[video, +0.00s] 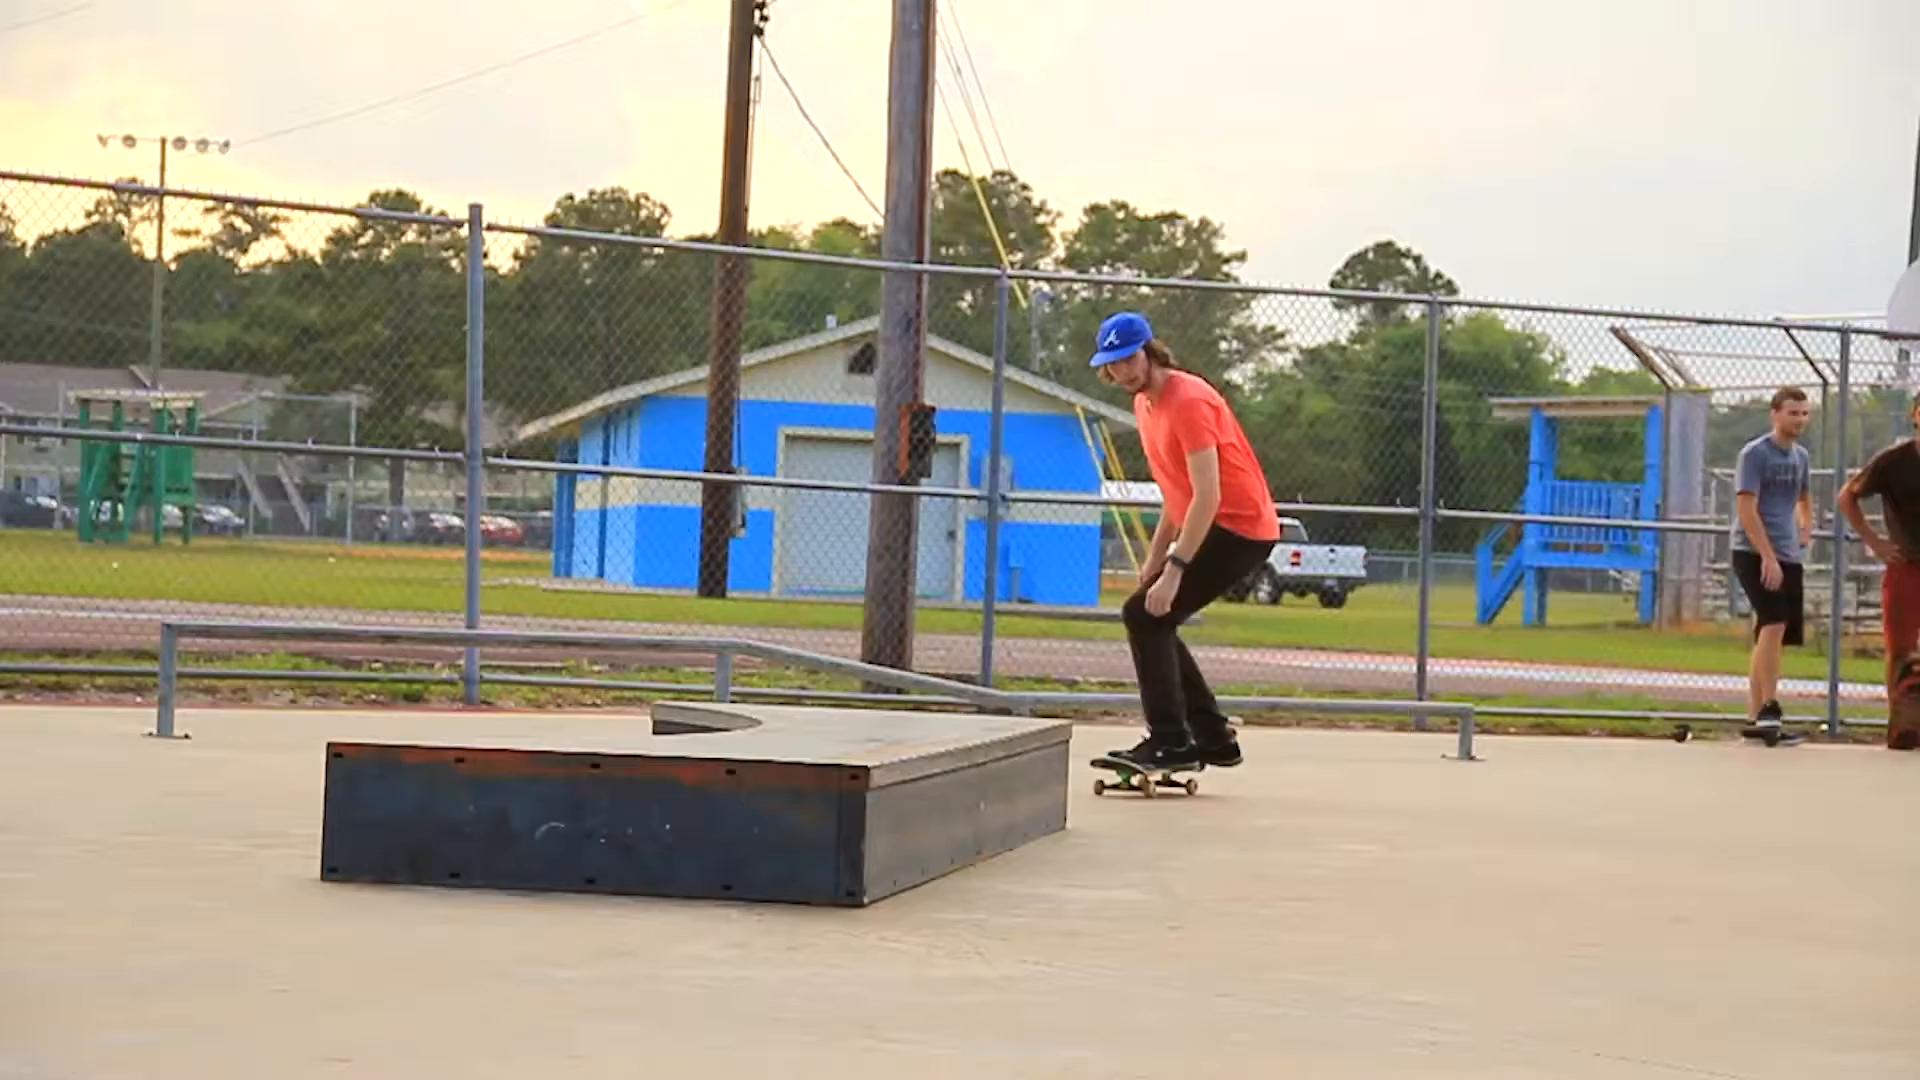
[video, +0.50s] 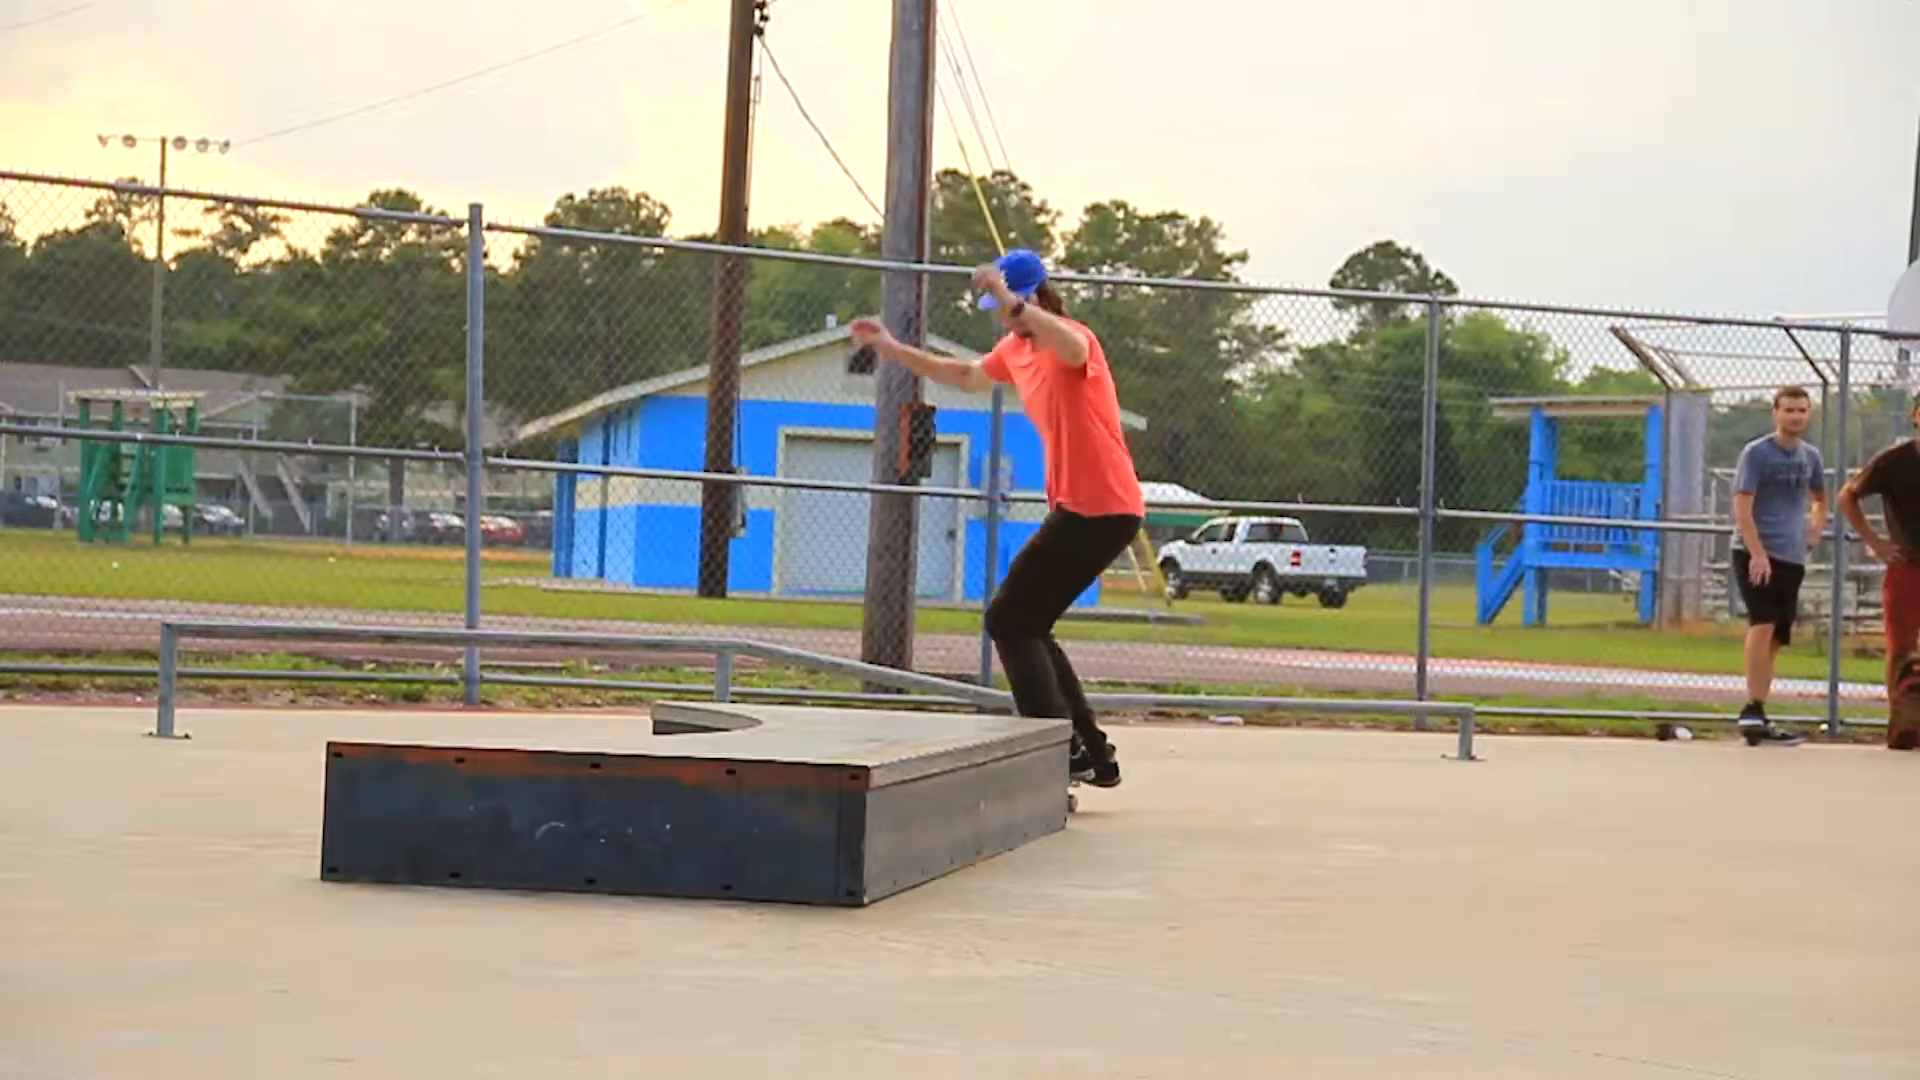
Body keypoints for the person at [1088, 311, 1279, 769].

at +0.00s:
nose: (1121, 373)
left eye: (1127, 360)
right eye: (1111, 365)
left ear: (1149, 352)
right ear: (1106, 368)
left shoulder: (1187, 400)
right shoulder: (1145, 405)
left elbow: (1207, 495)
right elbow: (1176, 491)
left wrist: (1174, 571)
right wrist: (1156, 559)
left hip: (1240, 528)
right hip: (1213, 526)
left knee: (1143, 614)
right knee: (1150, 618)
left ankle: (1169, 742)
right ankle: (1211, 737)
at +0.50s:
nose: (1001, 313)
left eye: (1005, 304)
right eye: (997, 306)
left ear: (1028, 296)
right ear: (1003, 304)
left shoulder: (1071, 337)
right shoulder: (1014, 349)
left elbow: (1074, 351)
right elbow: (967, 375)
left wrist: (1014, 299)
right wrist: (890, 347)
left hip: (1102, 507)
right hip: (1076, 507)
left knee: (1009, 619)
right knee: (1025, 627)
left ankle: (1059, 752)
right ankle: (1092, 752)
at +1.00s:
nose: (879, 196)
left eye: (878, 186)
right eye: (871, 190)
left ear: (904, 167)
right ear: (915, 160)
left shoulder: (939, 192)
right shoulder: (951, 169)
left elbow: (911, 213)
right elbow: (979, 145)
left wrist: (826, 211)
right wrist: (989, 103)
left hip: (985, 382)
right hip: (944, 376)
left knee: (891, 508)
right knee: (860, 473)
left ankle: (934, 668)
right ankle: (931, 593)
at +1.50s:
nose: (762, 197)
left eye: (765, 183)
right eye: (753, 187)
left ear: (792, 161)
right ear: (774, 154)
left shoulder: (838, 194)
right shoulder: (826, 123)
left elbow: (831, 266)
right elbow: (849, 53)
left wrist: (786, 331)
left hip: (929, 346)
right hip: (882, 342)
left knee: (834, 488)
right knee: (793, 452)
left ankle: (850, 678)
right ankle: (857, 617)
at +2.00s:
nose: (679, 251)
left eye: (676, 237)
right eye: (668, 242)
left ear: (702, 205)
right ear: (687, 201)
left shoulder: (769, 225)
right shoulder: (749, 128)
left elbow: (774, 350)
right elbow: (829, 35)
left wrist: (680, 425)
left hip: (911, 358)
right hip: (855, 360)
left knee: (816, 530)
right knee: (755, 511)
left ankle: (837, 758)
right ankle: (809, 707)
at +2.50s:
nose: (492, 260)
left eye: (491, 242)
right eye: (478, 250)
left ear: (521, 202)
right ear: (508, 208)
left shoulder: (633, 237)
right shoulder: (568, 232)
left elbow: (777, 335)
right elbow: (578, 307)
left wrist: (887, 456)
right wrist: (532, 400)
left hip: (782, 406)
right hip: (742, 413)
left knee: (707, 633)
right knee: (752, 652)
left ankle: (701, 882)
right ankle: (820, 873)